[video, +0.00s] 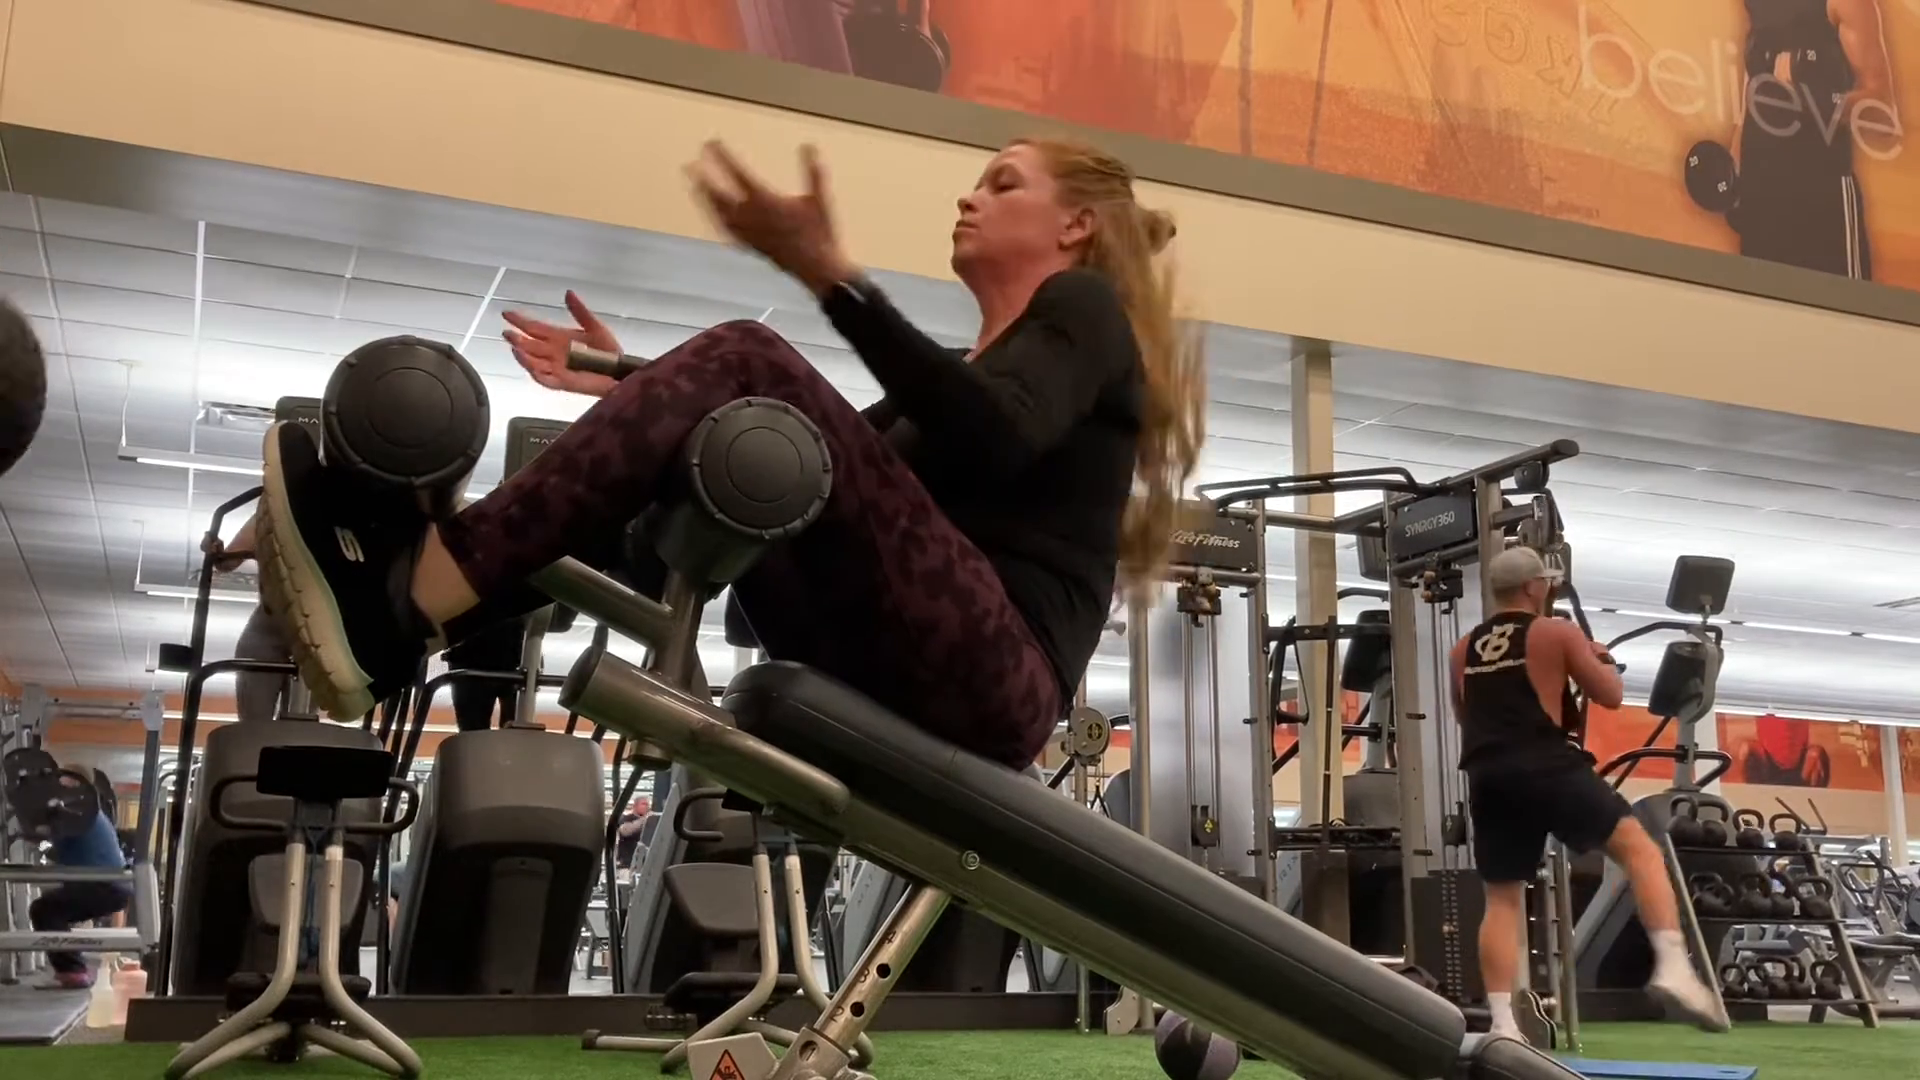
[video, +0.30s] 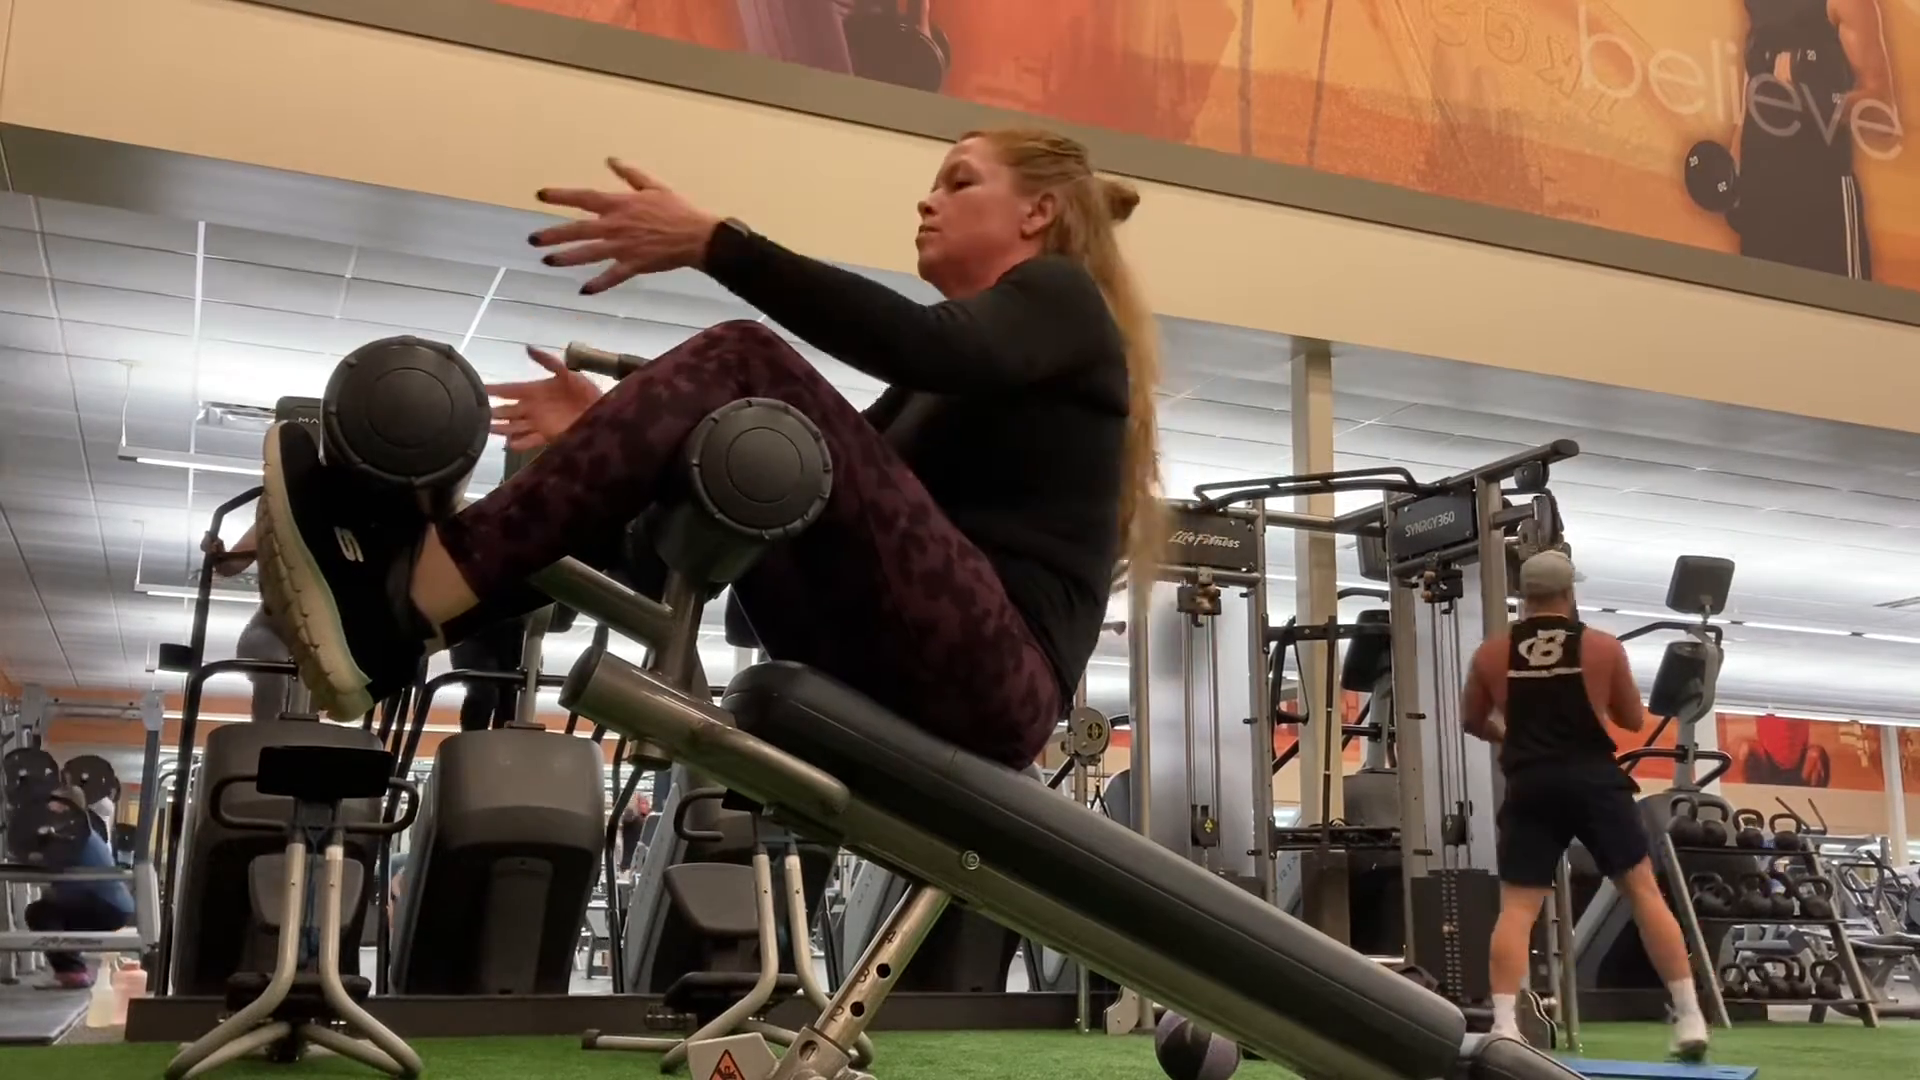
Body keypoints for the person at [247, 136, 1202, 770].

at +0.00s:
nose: (968, 197)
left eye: (1003, 185)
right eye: (976, 184)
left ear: (1078, 226)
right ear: (996, 233)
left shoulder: (1085, 309)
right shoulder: (969, 377)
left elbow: (996, 432)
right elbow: (838, 455)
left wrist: (834, 283)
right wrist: (638, 379)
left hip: (992, 672)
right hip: (904, 658)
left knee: (751, 361)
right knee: (723, 418)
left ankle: (423, 601)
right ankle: (406, 598)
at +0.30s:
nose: (925, 205)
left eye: (957, 185)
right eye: (933, 188)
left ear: (1038, 214)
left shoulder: (1063, 299)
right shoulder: (948, 364)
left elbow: (932, 344)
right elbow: (821, 475)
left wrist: (710, 240)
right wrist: (619, 423)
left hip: (995, 678)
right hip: (891, 655)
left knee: (755, 360)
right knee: (718, 410)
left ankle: (417, 602)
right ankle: (407, 590)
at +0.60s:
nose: (908, 203)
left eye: (941, 181)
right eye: (916, 184)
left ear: (1022, 210)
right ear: (994, 214)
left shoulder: (1045, 297)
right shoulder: (923, 355)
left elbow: (878, 316)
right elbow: (800, 438)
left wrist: (644, 254)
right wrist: (576, 396)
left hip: (995, 675)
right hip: (884, 649)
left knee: (757, 366)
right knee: (726, 398)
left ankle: (426, 597)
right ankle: (419, 589)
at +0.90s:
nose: (916, 201)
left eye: (948, 182)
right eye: (926, 182)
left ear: (1026, 209)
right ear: (995, 210)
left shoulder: (1045, 295)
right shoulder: (958, 346)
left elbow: (876, 340)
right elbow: (838, 440)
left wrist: (693, 256)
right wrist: (687, 381)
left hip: (996, 678)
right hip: (896, 656)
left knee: (761, 375)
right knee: (723, 391)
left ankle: (427, 596)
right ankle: (426, 583)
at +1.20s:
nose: (955, 219)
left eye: (986, 201)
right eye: (961, 203)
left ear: (1064, 224)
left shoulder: (1085, 312)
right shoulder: (1008, 354)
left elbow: (935, 416)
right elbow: (899, 443)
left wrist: (772, 302)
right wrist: (765, 315)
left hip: (1000, 678)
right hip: (921, 659)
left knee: (752, 367)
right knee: (721, 377)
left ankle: (418, 600)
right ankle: (411, 591)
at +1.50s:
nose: (1068, 327)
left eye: (1091, 302)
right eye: (1070, 307)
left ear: (1176, 308)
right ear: (1128, 324)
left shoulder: (1216, 397)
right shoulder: (1121, 432)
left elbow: (1097, 497)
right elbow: (997, 542)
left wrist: (946, 396)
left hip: (1016, 677)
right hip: (958, 659)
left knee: (755, 381)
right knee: (747, 399)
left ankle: (421, 594)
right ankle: (422, 571)